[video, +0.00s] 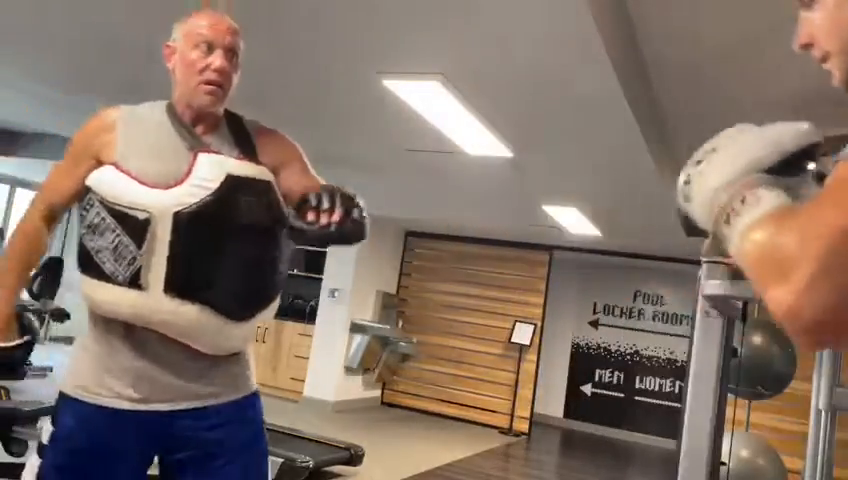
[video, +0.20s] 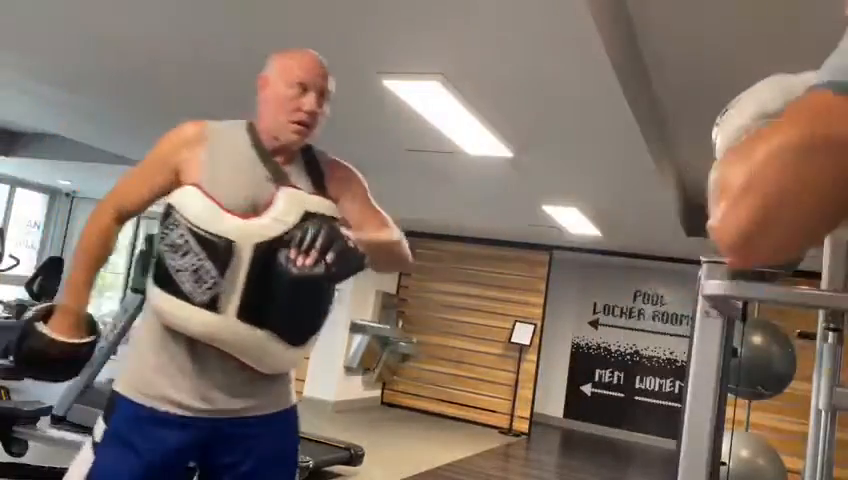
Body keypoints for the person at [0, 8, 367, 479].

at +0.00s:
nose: (218, 64)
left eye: (231, 54)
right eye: (204, 47)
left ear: (240, 69)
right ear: (171, 56)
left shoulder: (271, 149)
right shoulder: (111, 130)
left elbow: (333, 219)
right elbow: (41, 217)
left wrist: (332, 212)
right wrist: (4, 312)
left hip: (220, 399)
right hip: (105, 393)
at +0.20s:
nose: (312, 106)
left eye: (322, 96)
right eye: (300, 89)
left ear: (328, 108)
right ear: (263, 86)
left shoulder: (336, 179)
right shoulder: (194, 143)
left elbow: (398, 253)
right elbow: (111, 212)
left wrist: (348, 245)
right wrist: (71, 306)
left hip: (261, 412)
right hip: (157, 400)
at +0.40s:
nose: (362, 131)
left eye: (372, 123)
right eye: (352, 113)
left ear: (377, 131)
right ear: (318, 105)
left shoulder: (372, 196)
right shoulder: (248, 144)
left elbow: (395, 285)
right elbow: (150, 198)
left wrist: (360, 286)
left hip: (278, 400)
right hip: (184, 383)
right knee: (137, 474)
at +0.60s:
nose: (360, 127)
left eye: (369, 119)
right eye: (351, 110)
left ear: (373, 128)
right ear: (314, 105)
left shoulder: (366, 193)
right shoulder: (248, 143)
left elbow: (395, 286)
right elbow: (163, 191)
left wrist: (375, 277)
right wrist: (258, 235)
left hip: (276, 400)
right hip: (183, 384)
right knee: (132, 474)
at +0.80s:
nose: (325, 123)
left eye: (333, 114)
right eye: (314, 106)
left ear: (338, 124)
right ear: (276, 103)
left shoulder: (333, 190)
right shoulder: (208, 147)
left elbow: (356, 281)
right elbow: (117, 208)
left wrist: (389, 264)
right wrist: (172, 258)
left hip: (257, 406)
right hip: (159, 397)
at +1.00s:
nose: (270, 109)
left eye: (278, 99)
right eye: (259, 91)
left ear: (282, 108)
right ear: (220, 88)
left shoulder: (281, 174)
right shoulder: (153, 140)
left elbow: (318, 268)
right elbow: (65, 207)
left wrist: (318, 229)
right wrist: (144, 238)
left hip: (229, 402)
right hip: (129, 395)